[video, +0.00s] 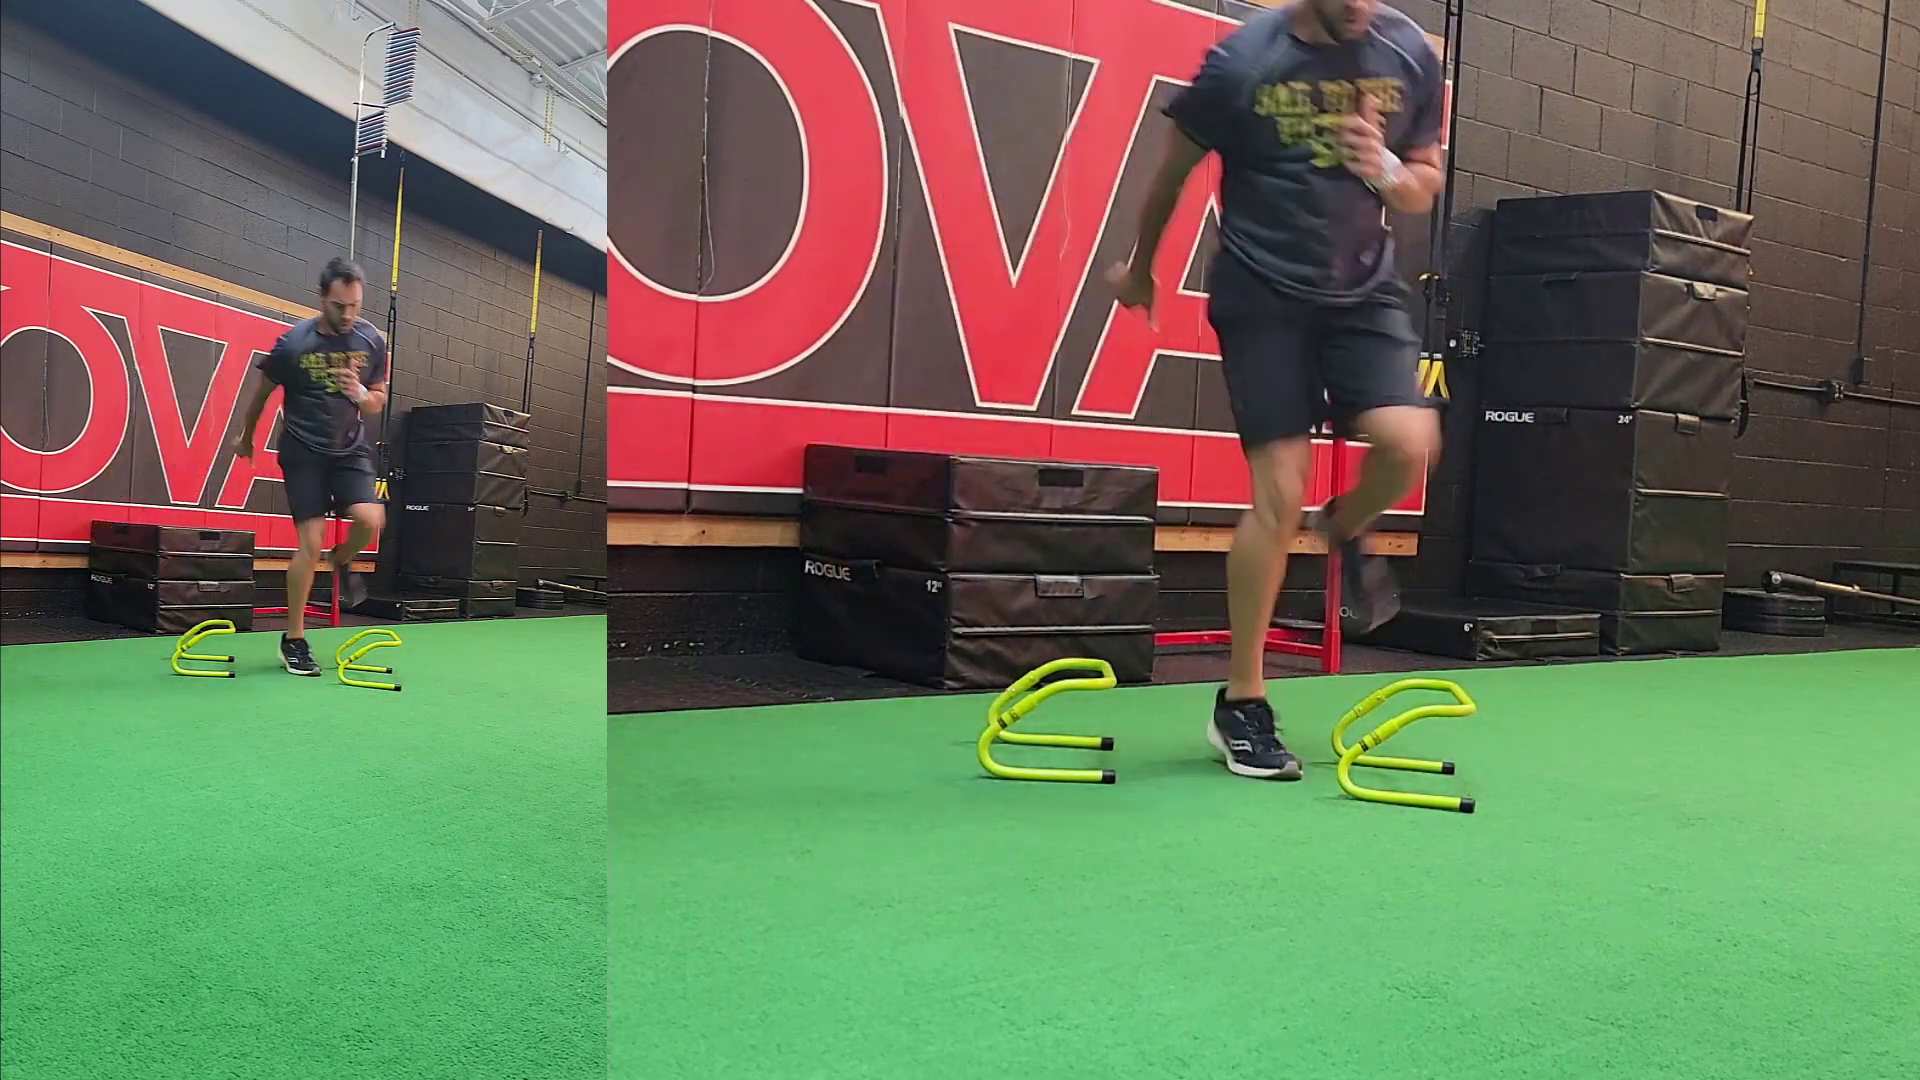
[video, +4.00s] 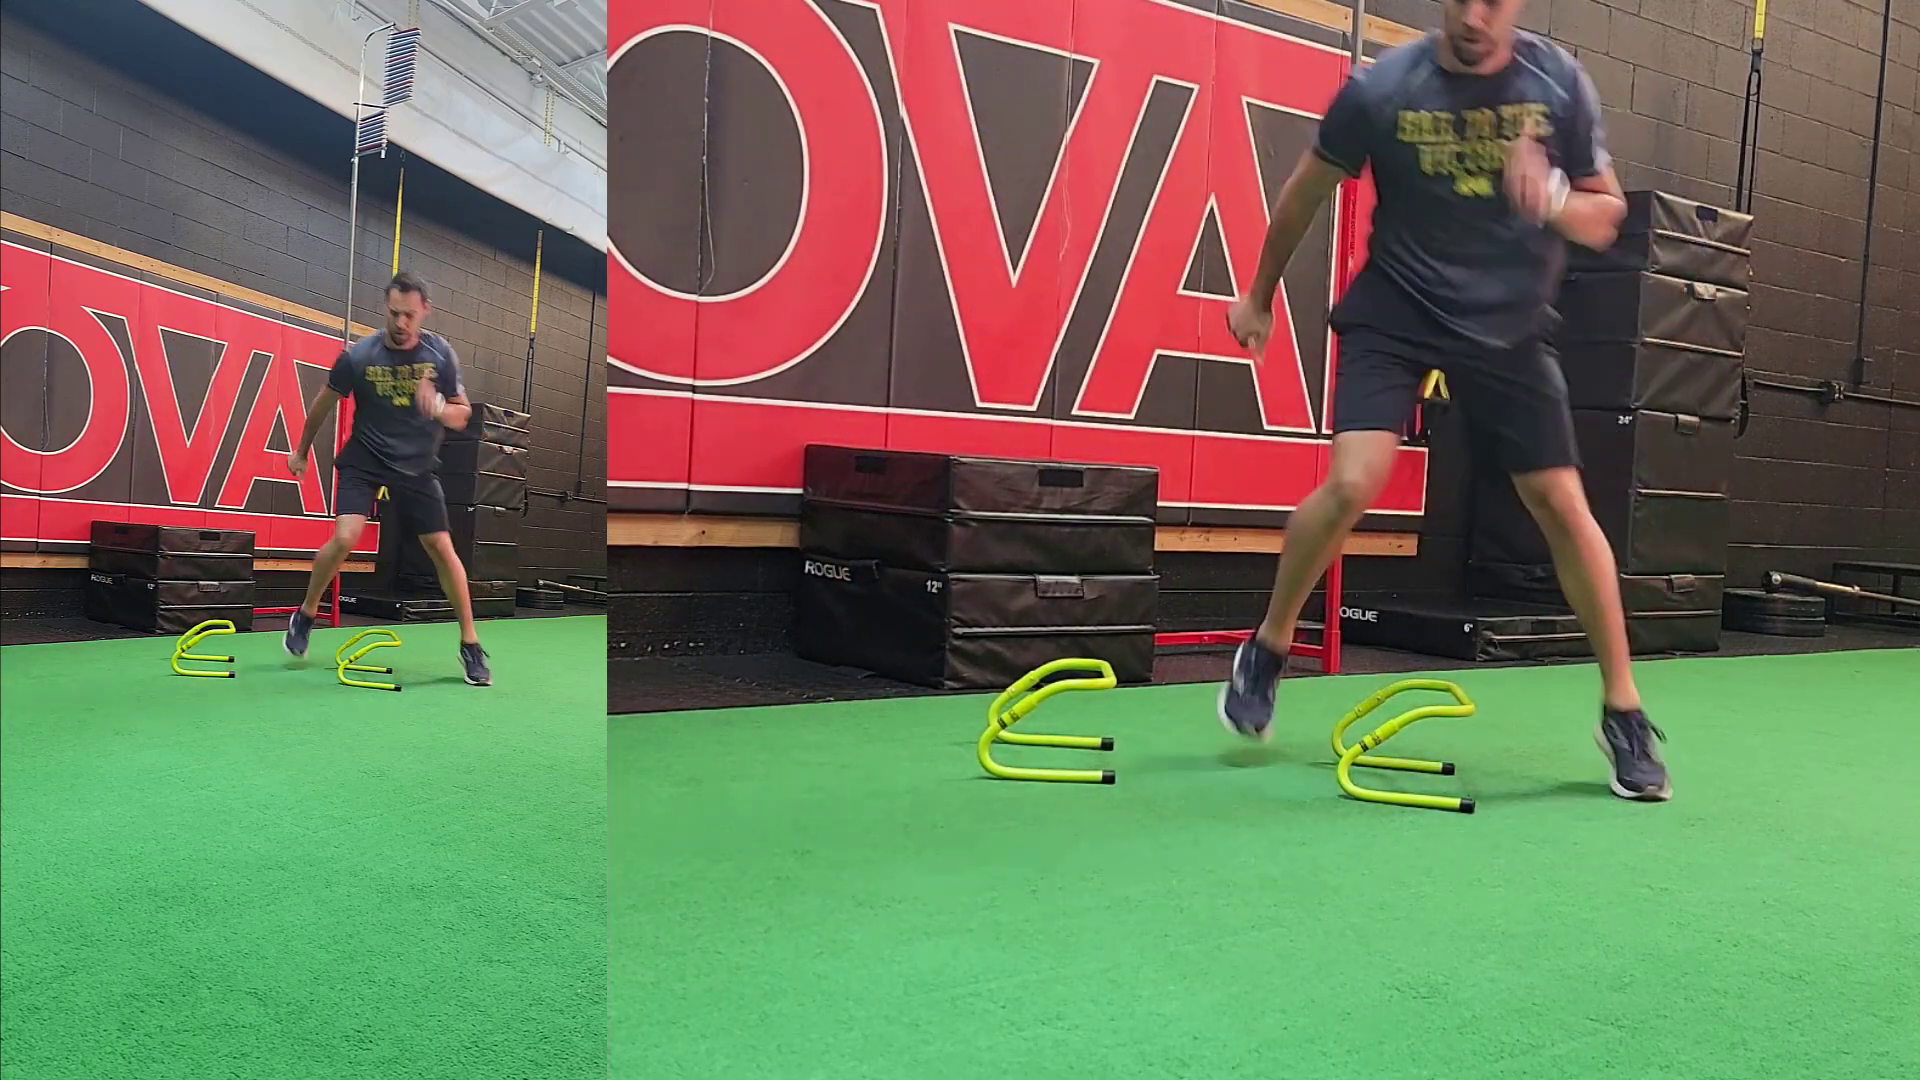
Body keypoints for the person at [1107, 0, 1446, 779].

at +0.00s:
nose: (1365, 5)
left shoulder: (1413, 56)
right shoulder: (1242, 62)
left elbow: (1427, 189)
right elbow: (1172, 167)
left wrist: (1390, 174)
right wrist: (1140, 266)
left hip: (1369, 293)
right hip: (1264, 296)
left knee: (1409, 448)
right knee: (1281, 500)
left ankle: (1338, 531)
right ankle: (1243, 701)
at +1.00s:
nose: (1536, 94)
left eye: (1556, 77)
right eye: (1525, 71)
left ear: (1594, 67)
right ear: (1507, 53)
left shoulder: (1617, 157)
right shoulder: (1440, 144)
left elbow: (1639, 308)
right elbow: (1335, 204)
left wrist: (1603, 283)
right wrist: (1271, 275)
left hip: (1555, 367)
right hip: (1447, 337)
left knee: (1603, 537)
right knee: (1442, 452)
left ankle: (1635, 726)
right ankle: (1358, 588)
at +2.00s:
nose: (906, 122)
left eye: (925, 102)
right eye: (892, 100)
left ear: (967, 76)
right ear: (874, 79)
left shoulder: (1036, 166)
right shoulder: (870, 129)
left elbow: (979, 324)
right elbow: (912, 241)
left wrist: (897, 217)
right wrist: (891, 208)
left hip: (1032, 335)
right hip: (927, 321)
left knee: (971, 487)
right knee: (896, 490)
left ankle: (963, 507)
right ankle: (872, 690)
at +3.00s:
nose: (1347, 22)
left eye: (1359, 7)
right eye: (1330, 6)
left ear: (1373, 5)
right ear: (1290, 2)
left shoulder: (1400, 83)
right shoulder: (1225, 90)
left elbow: (1413, 194)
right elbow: (1169, 231)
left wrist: (1419, 304)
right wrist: (1173, 353)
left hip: (1355, 311)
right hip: (1243, 312)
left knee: (1402, 465)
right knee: (1243, 511)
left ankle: (1342, 505)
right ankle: (1204, 714)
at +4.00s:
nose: (1475, 17)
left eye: (1493, 3)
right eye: (1461, 1)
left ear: (1519, 9)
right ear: (1437, 3)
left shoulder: (1560, 80)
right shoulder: (1376, 91)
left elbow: (1605, 221)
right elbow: (1307, 189)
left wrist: (1552, 200)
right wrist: (1258, 294)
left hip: (1509, 330)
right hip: (1394, 315)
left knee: (1564, 504)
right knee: (1352, 486)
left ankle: (1624, 708)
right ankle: (1269, 646)